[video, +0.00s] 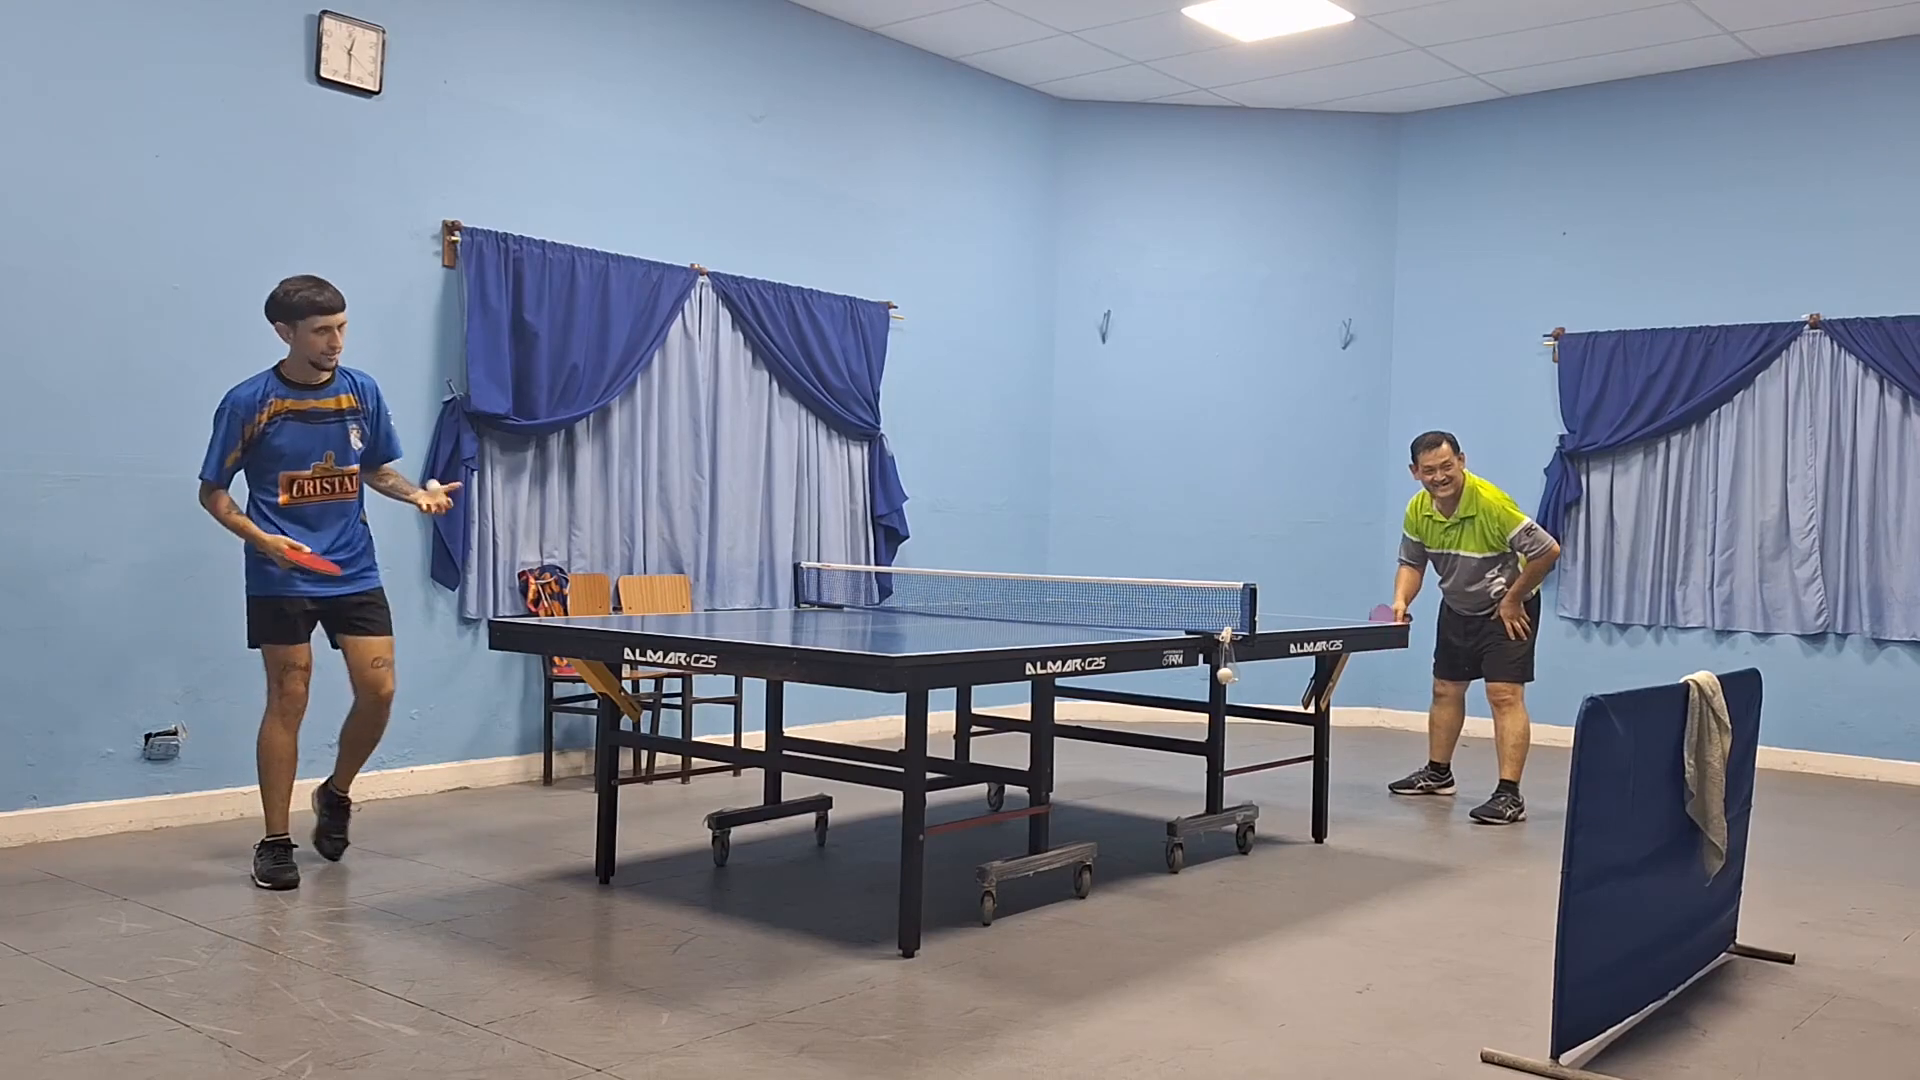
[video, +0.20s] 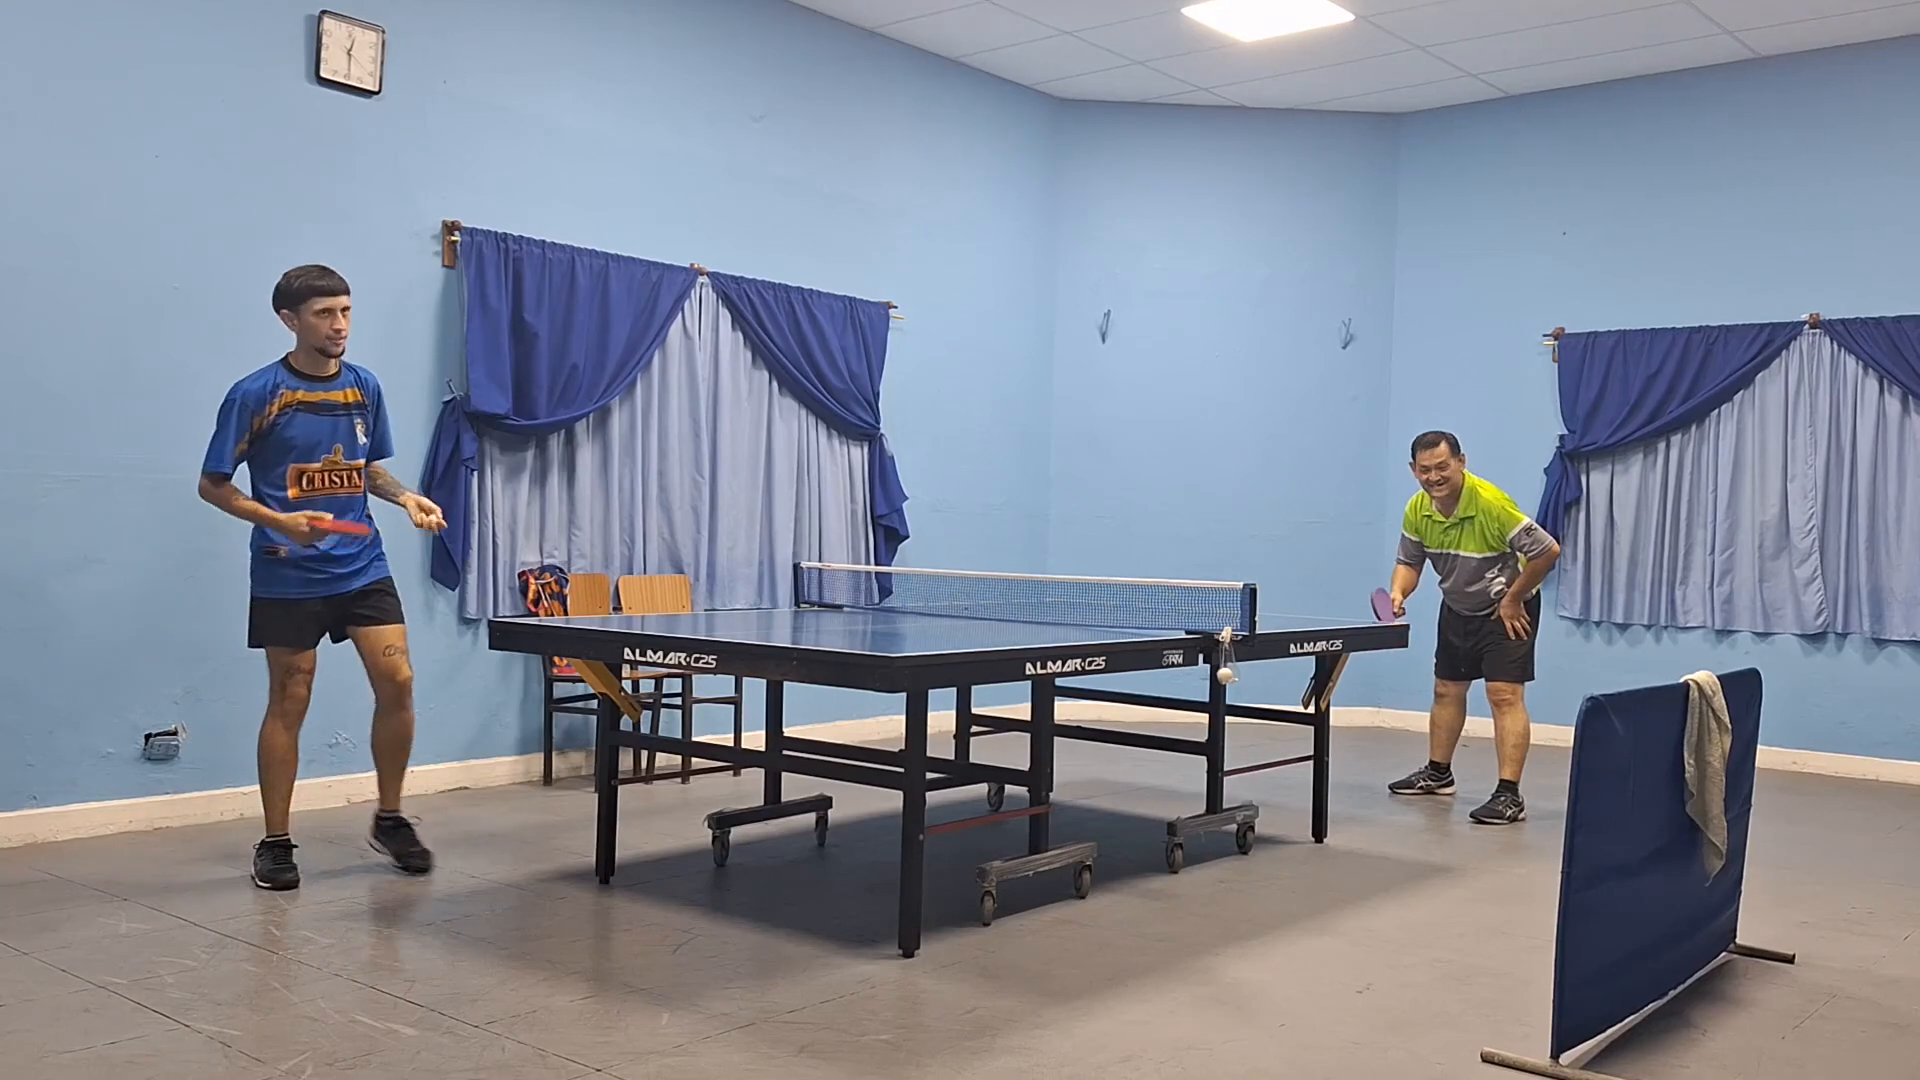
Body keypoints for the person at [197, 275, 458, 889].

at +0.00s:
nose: (335, 341)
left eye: (340, 328)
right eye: (321, 332)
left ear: (345, 325)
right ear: (285, 333)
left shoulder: (362, 392)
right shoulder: (248, 403)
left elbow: (376, 467)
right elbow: (211, 491)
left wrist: (419, 493)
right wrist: (259, 537)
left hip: (352, 565)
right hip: (280, 568)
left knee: (379, 690)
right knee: (290, 695)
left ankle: (336, 793)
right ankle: (275, 839)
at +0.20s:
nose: (339, 324)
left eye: (344, 312)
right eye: (325, 314)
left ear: (350, 315)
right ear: (290, 321)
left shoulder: (363, 386)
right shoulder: (255, 394)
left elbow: (368, 468)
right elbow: (212, 484)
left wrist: (407, 496)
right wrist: (277, 519)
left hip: (362, 564)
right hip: (289, 574)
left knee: (397, 681)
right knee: (290, 698)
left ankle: (390, 818)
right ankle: (277, 842)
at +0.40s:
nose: (367, 321)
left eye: (371, 310)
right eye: (353, 310)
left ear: (372, 316)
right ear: (314, 317)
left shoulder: (389, 390)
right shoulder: (279, 394)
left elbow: (418, 468)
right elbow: (235, 492)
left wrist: (453, 515)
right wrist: (313, 503)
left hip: (376, 568)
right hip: (303, 576)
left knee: (406, 685)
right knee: (298, 702)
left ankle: (451, 822)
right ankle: (277, 843)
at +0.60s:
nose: (429, 350)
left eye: (432, 340)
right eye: (417, 340)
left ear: (429, 343)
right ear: (376, 338)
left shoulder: (441, 411)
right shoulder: (322, 406)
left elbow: (481, 484)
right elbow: (285, 500)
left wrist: (511, 536)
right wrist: (361, 503)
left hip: (406, 580)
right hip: (329, 584)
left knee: (435, 695)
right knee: (318, 710)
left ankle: (468, 841)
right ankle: (279, 843)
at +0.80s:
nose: (526, 393)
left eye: (528, 382)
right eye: (518, 381)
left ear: (489, 380)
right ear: (480, 375)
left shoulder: (502, 447)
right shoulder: (394, 423)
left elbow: (527, 520)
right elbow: (342, 507)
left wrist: (550, 565)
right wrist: (410, 527)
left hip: (439, 587)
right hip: (362, 589)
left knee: (471, 697)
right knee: (339, 723)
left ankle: (477, 848)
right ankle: (283, 843)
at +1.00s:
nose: (570, 416)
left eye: (574, 404)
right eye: (566, 403)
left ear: (536, 399)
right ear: (531, 395)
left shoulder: (534, 458)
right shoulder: (436, 429)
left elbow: (528, 536)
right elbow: (391, 516)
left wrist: (547, 574)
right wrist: (472, 540)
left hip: (449, 580)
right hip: (374, 577)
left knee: (471, 696)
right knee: (337, 709)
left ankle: (477, 847)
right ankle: (281, 839)